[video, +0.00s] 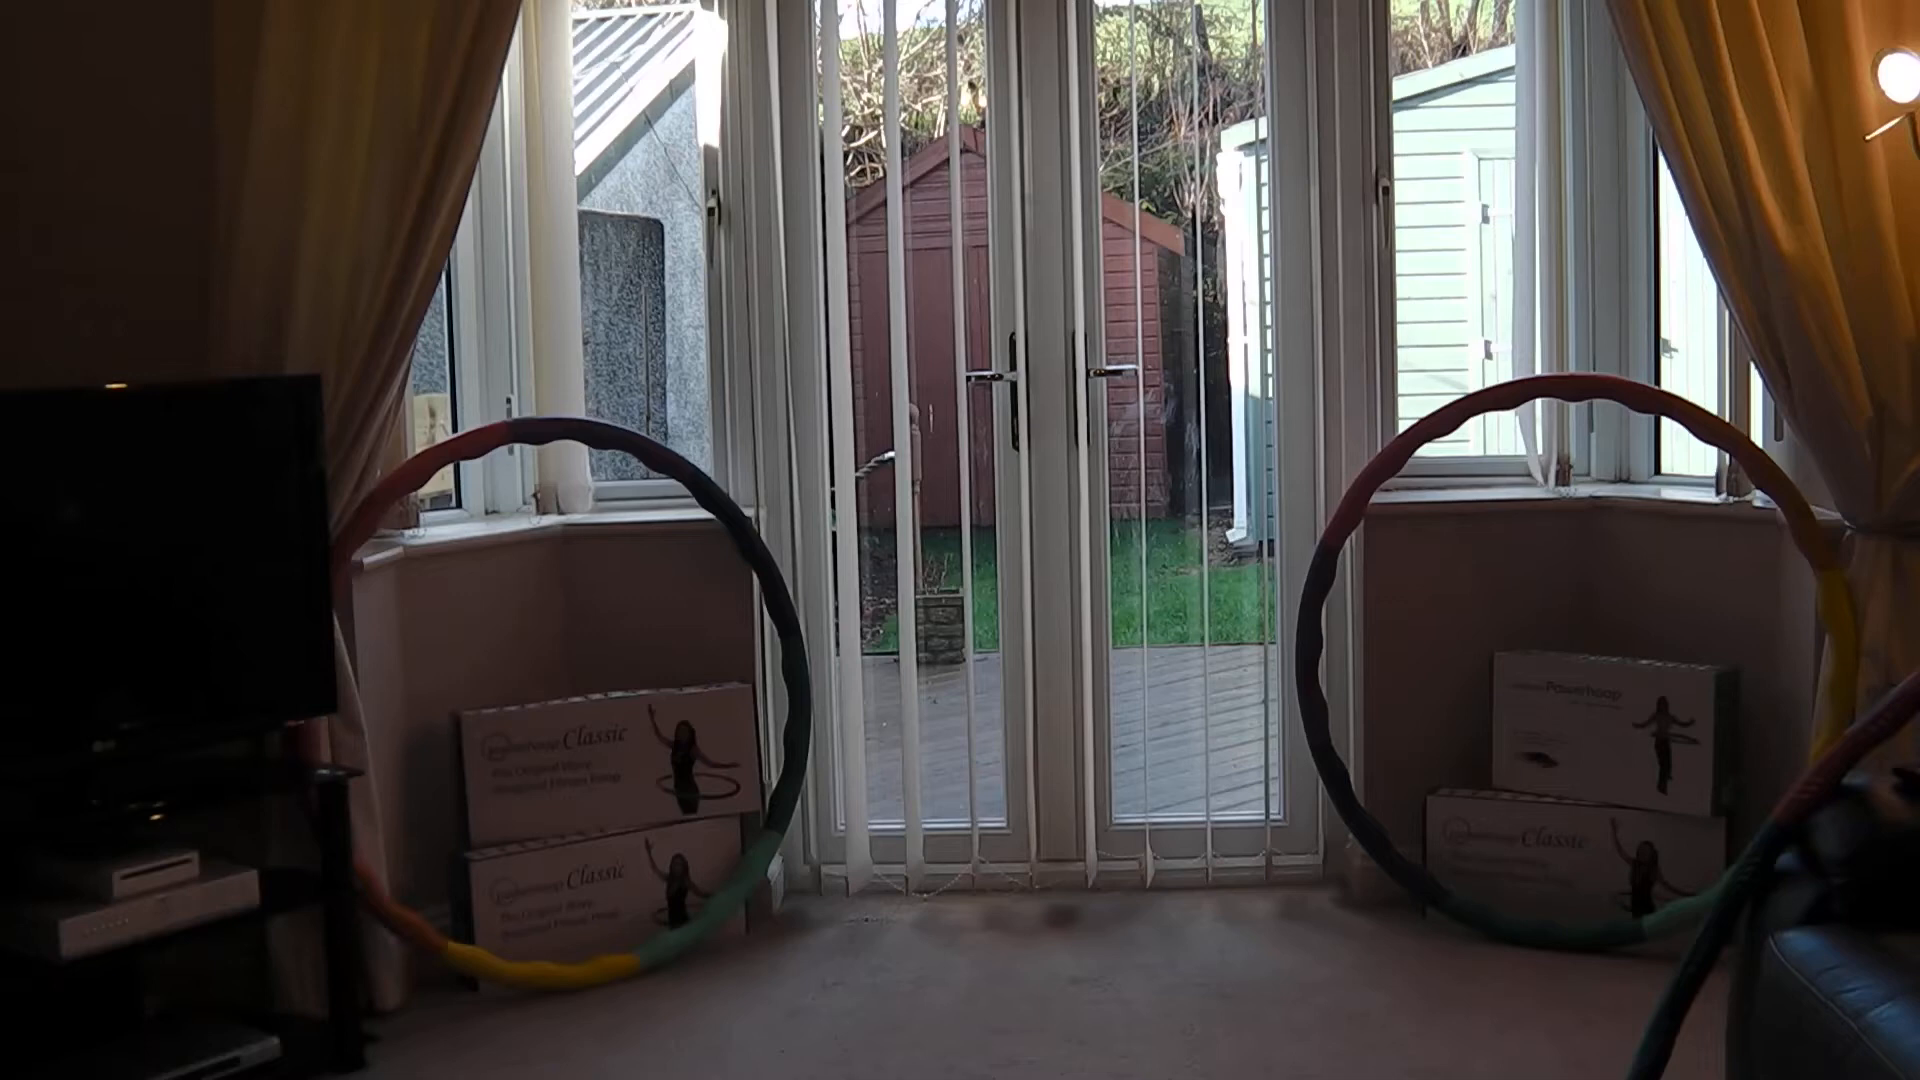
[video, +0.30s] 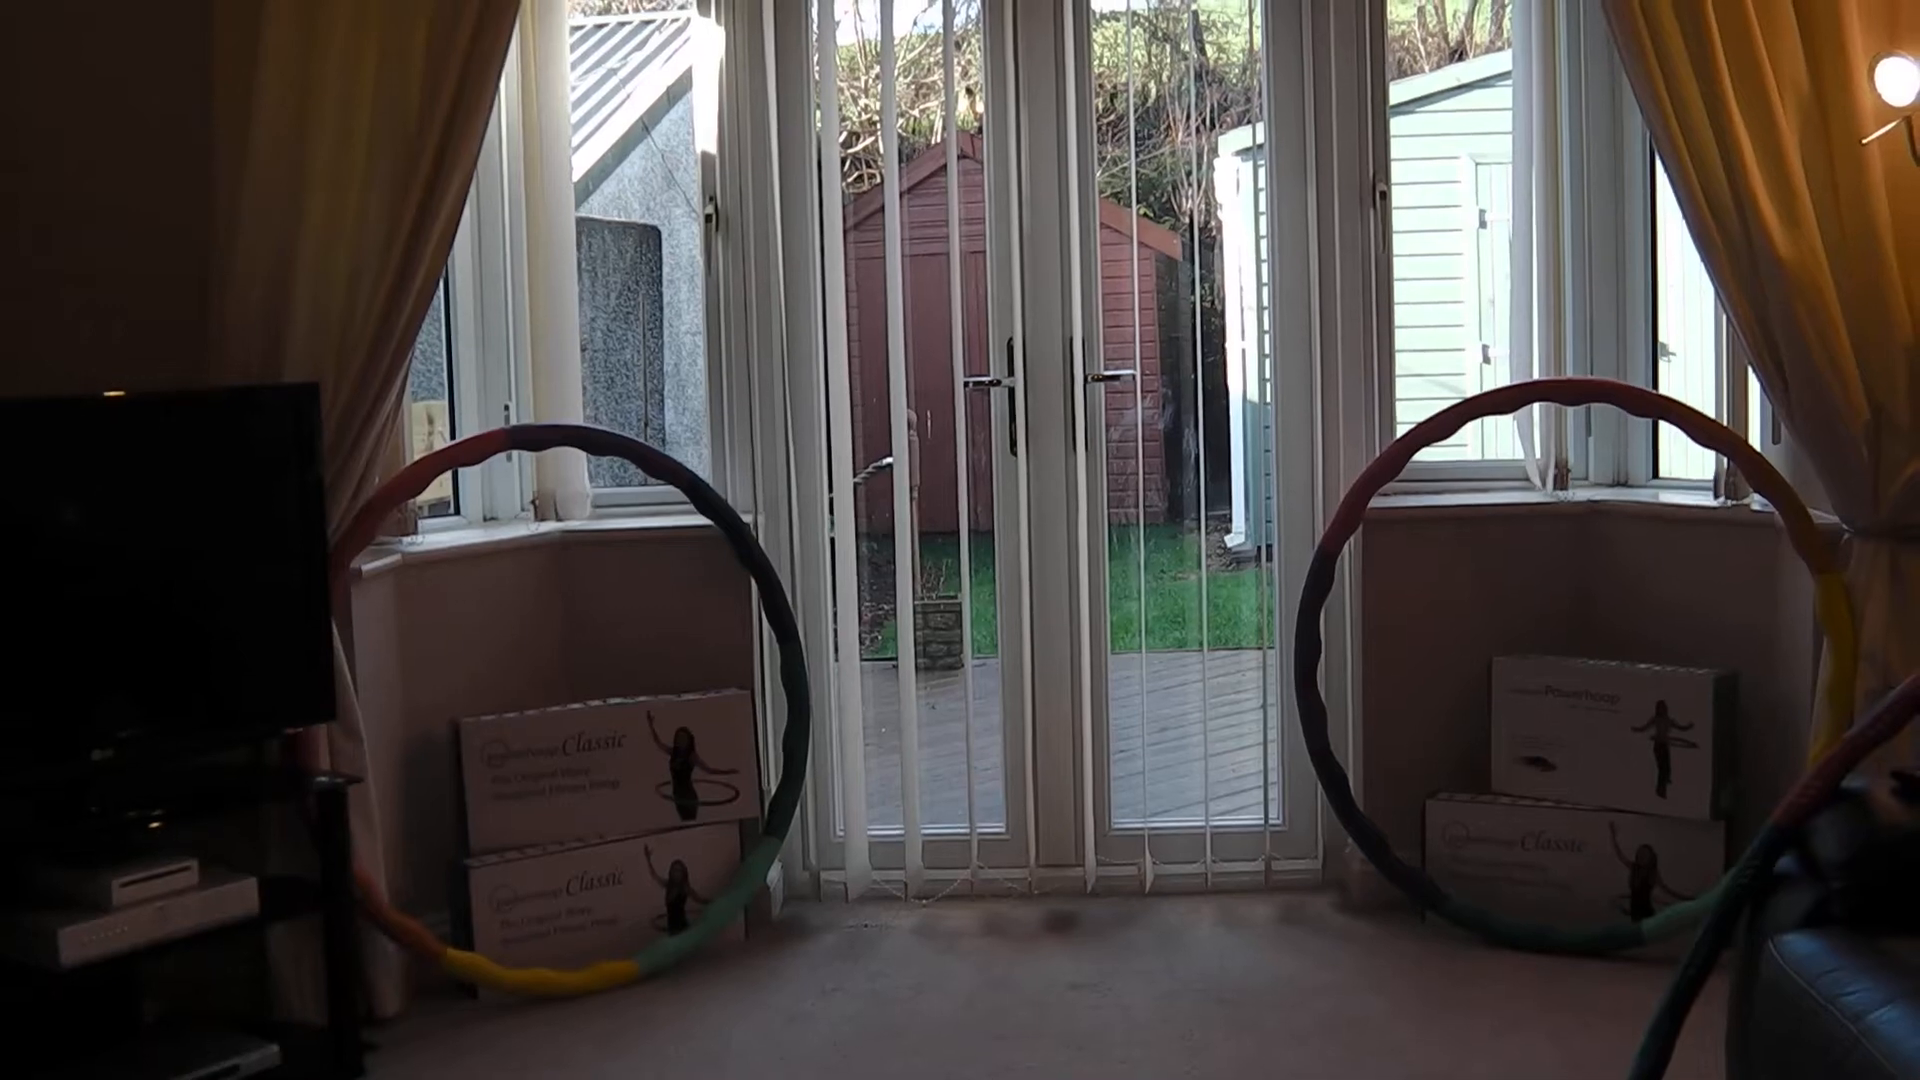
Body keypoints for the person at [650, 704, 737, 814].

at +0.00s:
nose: (681, 734)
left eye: (685, 732)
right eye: (680, 731)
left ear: (690, 734)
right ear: (676, 733)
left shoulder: (692, 749)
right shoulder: (675, 747)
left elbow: (710, 764)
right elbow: (659, 736)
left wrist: (729, 766)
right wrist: (652, 718)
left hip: (690, 787)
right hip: (678, 787)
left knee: (692, 821)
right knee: (688, 820)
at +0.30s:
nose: (680, 741)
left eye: (683, 738)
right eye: (678, 738)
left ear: (689, 740)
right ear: (675, 740)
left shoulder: (691, 756)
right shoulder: (673, 753)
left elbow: (709, 771)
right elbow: (658, 743)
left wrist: (728, 772)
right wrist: (651, 724)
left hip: (688, 793)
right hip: (677, 793)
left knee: (691, 826)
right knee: (686, 827)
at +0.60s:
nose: (683, 741)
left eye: (686, 738)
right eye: (682, 738)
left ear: (692, 740)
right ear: (678, 740)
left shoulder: (694, 756)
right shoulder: (677, 753)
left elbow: (712, 771)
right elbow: (661, 743)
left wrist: (731, 772)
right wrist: (654, 724)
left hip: (692, 793)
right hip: (681, 794)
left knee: (694, 826)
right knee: (689, 826)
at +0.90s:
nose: (685, 742)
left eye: (688, 739)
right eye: (683, 739)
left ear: (693, 741)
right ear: (680, 741)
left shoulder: (695, 757)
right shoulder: (678, 754)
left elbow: (713, 772)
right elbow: (662, 744)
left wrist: (733, 773)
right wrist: (655, 725)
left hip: (692, 794)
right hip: (681, 794)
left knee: (695, 827)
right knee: (690, 827)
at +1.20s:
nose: (685, 742)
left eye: (688, 739)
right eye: (683, 739)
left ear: (693, 741)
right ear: (679, 741)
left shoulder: (695, 757)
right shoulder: (677, 754)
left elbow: (713, 772)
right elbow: (662, 744)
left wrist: (733, 773)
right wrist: (655, 725)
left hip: (693, 794)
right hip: (682, 794)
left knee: (696, 827)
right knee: (690, 827)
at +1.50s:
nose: (685, 741)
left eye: (688, 739)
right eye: (683, 738)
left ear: (693, 741)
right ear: (680, 740)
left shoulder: (696, 756)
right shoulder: (678, 754)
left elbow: (713, 771)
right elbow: (662, 744)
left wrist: (733, 773)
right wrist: (655, 725)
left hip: (693, 793)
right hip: (682, 793)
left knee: (696, 826)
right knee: (690, 826)